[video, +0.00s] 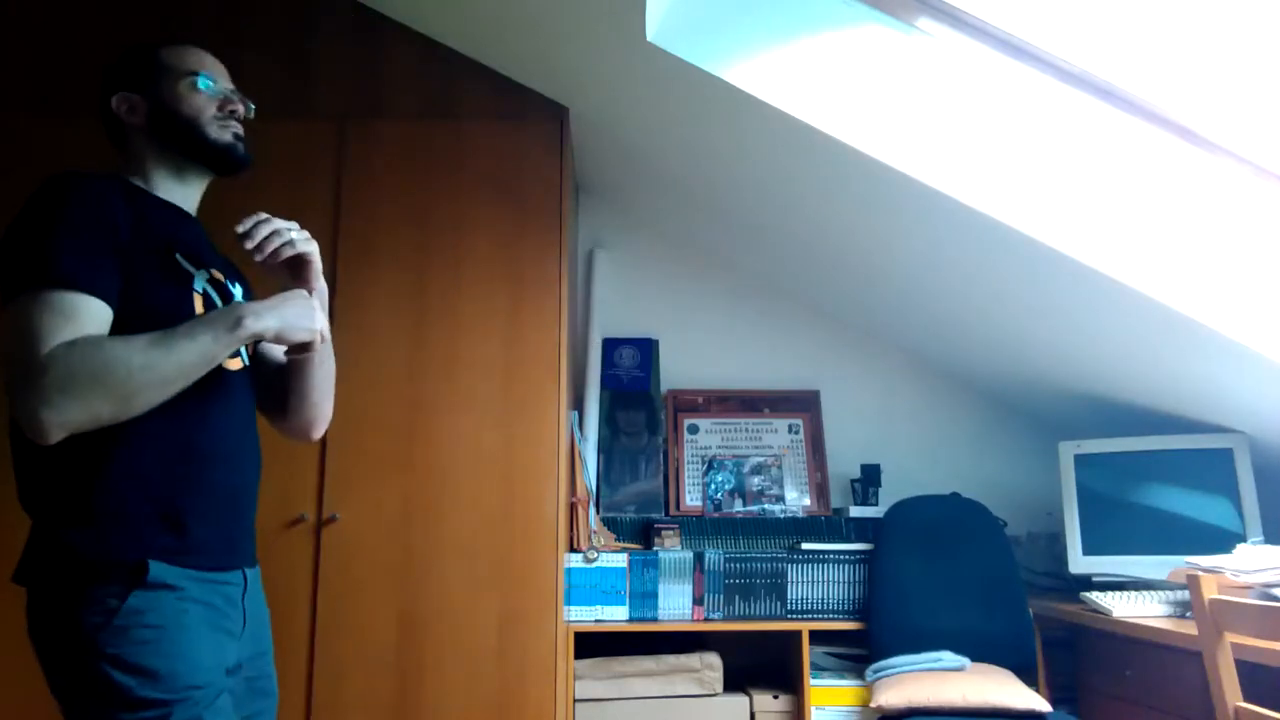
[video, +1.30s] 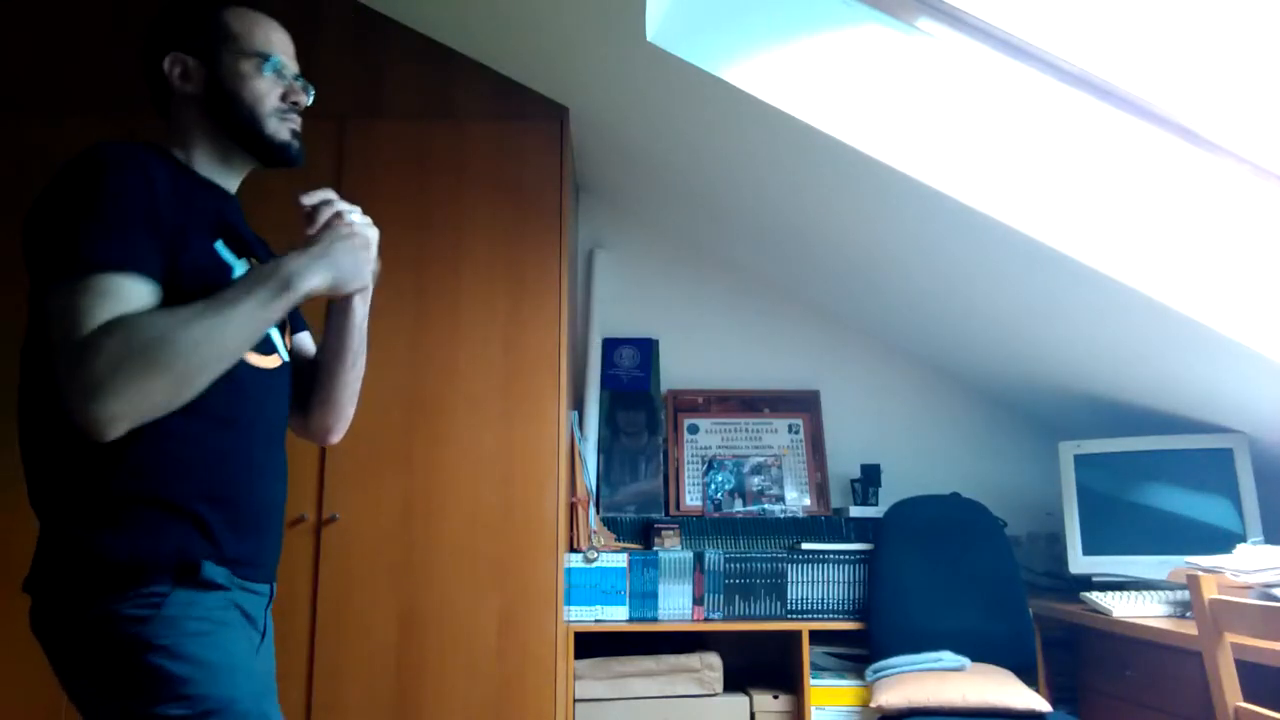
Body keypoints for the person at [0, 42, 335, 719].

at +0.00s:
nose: (238, 100)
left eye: (236, 91)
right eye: (205, 83)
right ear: (132, 109)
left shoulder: (212, 259)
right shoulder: (82, 208)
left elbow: (304, 417)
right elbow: (48, 398)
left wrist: (311, 293)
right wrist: (246, 320)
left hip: (236, 588)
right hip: (136, 593)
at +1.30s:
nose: (299, 91)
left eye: (297, 77)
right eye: (267, 66)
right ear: (186, 75)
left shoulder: (243, 239)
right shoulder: (116, 183)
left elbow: (322, 422)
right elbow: (101, 394)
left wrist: (354, 289)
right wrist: (301, 271)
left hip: (233, 595)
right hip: (153, 597)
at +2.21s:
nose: (262, 53)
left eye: (259, 33)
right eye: (234, 21)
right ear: (141, 14)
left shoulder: (194, 212)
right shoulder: (66, 140)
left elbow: (313, 384)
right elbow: (58, 364)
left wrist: (344, 251)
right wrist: (271, 275)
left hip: (163, 606)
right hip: (97, 611)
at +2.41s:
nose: (277, 59)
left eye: (272, 38)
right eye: (246, 25)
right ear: (153, 20)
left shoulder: (212, 211)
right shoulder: (85, 151)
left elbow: (373, 368)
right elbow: (123, 366)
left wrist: (368, 223)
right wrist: (311, 247)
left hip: (216, 615)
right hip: (147, 621)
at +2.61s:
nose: (357, 47)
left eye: (350, 24)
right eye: (331, 17)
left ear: (241, 25)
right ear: (245, 16)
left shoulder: (179, 126)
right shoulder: (262, 104)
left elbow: (335, 392)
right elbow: (479, 272)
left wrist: (386, 238)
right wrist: (631, 208)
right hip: (261, 595)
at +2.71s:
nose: (388, 54)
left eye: (386, 35)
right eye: (369, 25)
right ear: (283, 12)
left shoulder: (168, 147)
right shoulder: (323, 101)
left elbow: (312, 380)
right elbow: (559, 245)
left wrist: (398, 258)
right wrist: (700, 234)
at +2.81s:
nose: (402, 74)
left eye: (395, 47)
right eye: (380, 37)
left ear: (294, 33)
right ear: (298, 26)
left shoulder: (162, 160)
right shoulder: (324, 125)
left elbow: (314, 352)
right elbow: (482, 299)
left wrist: (419, 254)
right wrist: (619, 269)